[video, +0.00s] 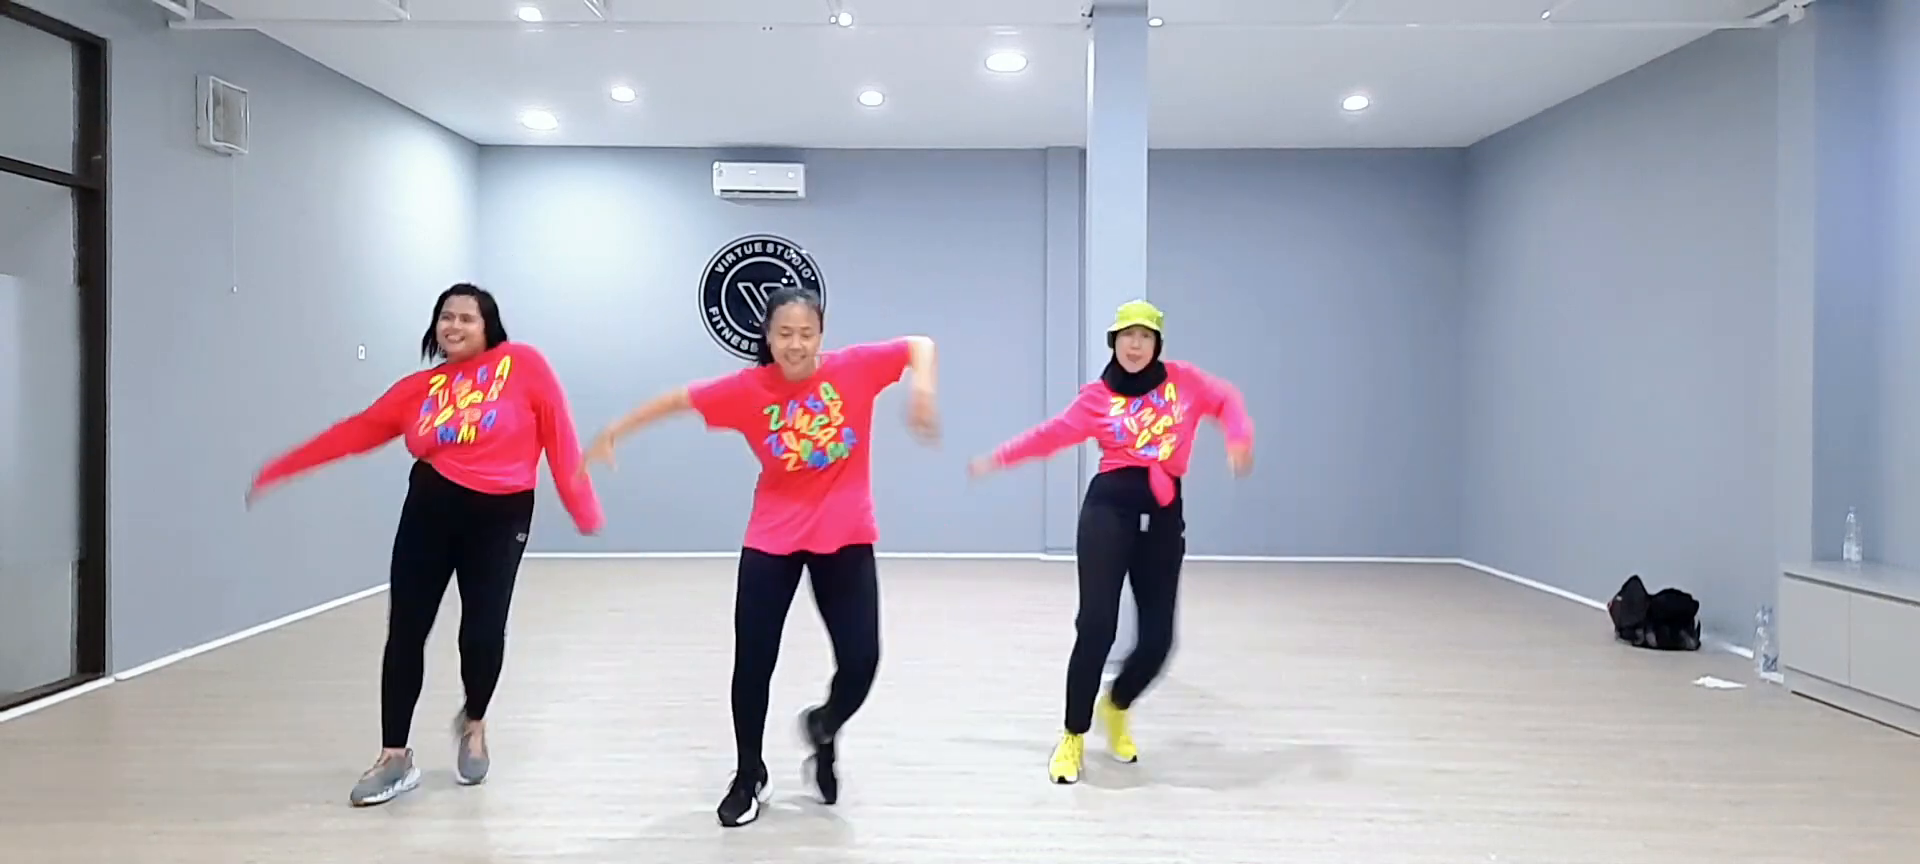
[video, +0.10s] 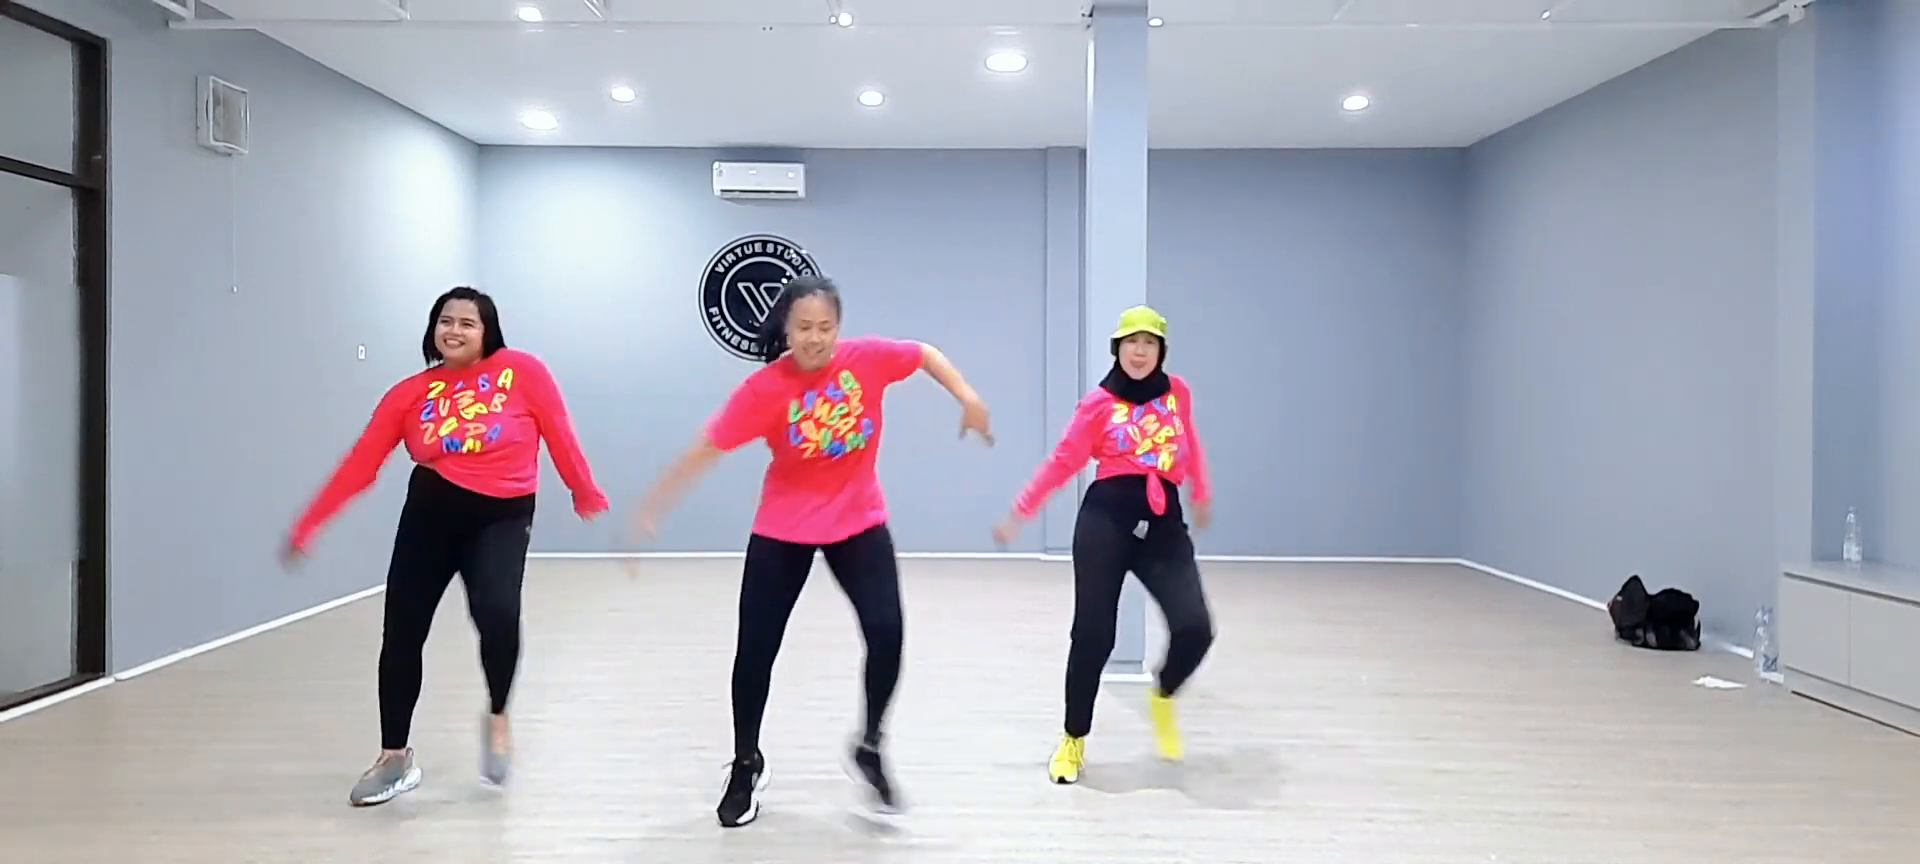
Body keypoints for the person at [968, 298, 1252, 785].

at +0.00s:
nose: (1134, 345)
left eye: (1143, 337)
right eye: (1126, 336)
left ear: (1157, 343)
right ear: (1113, 342)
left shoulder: (1184, 380)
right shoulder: (1098, 398)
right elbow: (1051, 434)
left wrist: (1239, 441)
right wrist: (997, 458)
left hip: (1163, 518)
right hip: (1108, 515)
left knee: (1158, 640)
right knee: (1096, 627)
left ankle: (1115, 704)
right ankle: (1072, 737)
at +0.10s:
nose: (1139, 352)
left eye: (1149, 344)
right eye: (1131, 343)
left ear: (1161, 350)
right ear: (1117, 348)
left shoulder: (1176, 392)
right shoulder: (1099, 403)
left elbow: (1190, 447)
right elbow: (1063, 461)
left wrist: (1200, 495)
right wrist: (1018, 513)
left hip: (1162, 523)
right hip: (1106, 520)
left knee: (1196, 631)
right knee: (1093, 633)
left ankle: (1163, 693)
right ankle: (1073, 739)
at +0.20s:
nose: (1152, 353)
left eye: (1161, 344)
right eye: (1143, 344)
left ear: (1173, 350)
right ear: (1128, 349)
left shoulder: (1184, 399)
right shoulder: (1109, 408)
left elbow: (1178, 463)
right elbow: (1093, 478)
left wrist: (1172, 514)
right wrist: (1079, 544)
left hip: (1172, 526)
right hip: (1115, 528)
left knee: (1220, 611)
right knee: (1099, 639)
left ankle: (1224, 727)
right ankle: (1073, 742)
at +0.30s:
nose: (1172, 348)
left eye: (1181, 339)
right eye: (1162, 339)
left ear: (1191, 347)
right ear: (1147, 345)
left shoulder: (1199, 396)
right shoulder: (1129, 400)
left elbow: (1197, 460)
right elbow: (1136, 470)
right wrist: (1153, 535)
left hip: (1194, 519)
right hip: (1138, 519)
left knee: (1233, 631)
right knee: (1114, 637)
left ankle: (1266, 762)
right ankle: (1076, 739)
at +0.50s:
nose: (1209, 328)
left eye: (1217, 319)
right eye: (1199, 320)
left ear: (1230, 328)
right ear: (1182, 329)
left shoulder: (1246, 384)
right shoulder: (1165, 380)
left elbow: (1251, 457)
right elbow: (1176, 437)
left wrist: (1262, 517)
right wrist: (1247, 423)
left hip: (1241, 516)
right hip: (1179, 513)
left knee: (1257, 640)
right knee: (1140, 631)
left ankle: (1268, 769)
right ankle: (1115, 721)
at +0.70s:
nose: (1234, 300)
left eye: (1243, 292)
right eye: (1223, 291)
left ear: (1252, 303)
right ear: (1206, 300)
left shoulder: (1262, 360)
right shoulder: (1181, 346)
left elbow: (1278, 427)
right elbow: (1159, 403)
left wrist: (1304, 486)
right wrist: (1221, 385)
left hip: (1241, 491)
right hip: (1180, 488)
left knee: (1247, 621)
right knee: (1184, 623)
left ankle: (1247, 756)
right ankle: (1181, 766)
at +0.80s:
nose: (1237, 318)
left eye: (1246, 310)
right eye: (1228, 309)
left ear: (1257, 319)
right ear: (1211, 317)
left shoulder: (1263, 385)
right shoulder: (1184, 366)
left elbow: (1281, 457)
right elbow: (1150, 432)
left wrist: (1317, 519)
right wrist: (1202, 414)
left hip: (1251, 512)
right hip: (1189, 510)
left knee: (1247, 635)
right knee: (1184, 629)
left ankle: (1240, 763)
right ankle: (1176, 766)